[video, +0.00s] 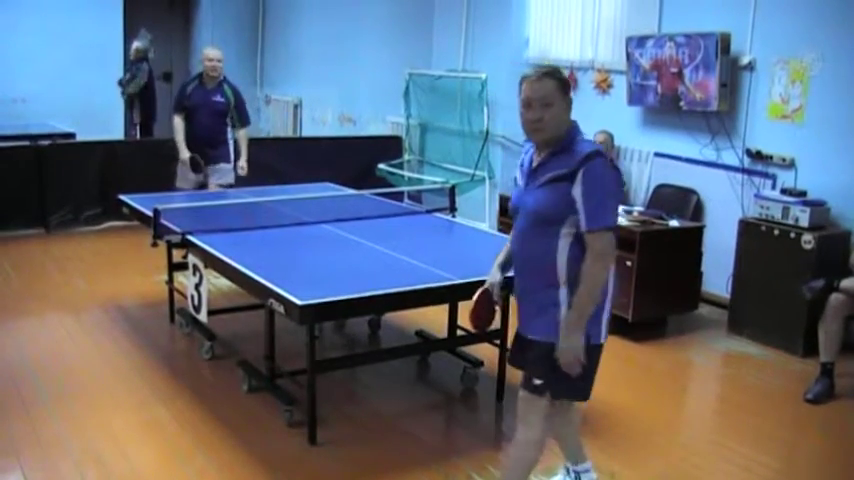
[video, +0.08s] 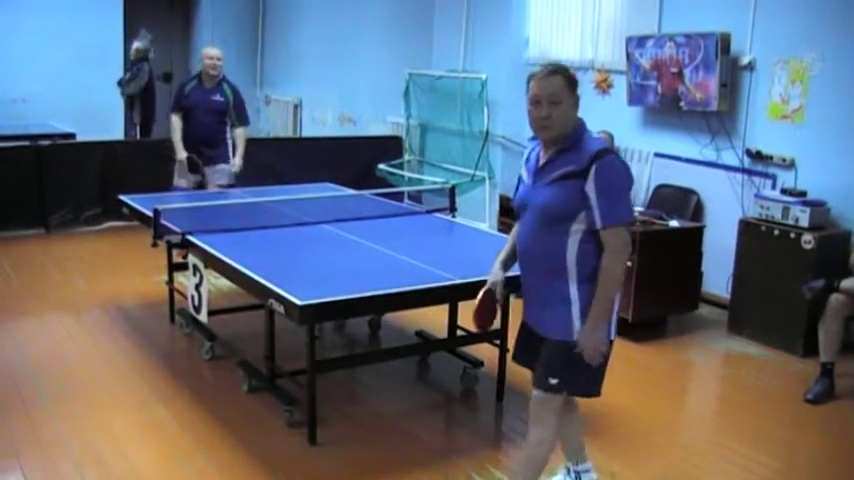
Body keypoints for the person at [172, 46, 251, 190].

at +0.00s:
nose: (214, 65)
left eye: (218, 61)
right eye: (209, 60)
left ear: (223, 64)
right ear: (202, 63)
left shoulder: (231, 91)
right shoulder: (188, 88)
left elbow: (240, 127)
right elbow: (178, 117)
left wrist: (243, 158)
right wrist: (183, 150)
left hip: (220, 157)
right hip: (191, 156)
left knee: (218, 205)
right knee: (183, 204)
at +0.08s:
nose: (214, 63)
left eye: (218, 59)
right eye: (210, 59)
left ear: (222, 63)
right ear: (202, 61)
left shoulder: (230, 91)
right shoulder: (186, 87)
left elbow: (239, 126)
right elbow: (176, 116)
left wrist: (238, 157)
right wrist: (179, 151)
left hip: (219, 160)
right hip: (188, 159)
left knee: (218, 208)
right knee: (180, 208)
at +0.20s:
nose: (213, 62)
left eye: (217, 59)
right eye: (209, 58)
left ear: (221, 63)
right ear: (201, 61)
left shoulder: (229, 92)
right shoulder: (183, 88)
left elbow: (237, 125)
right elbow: (173, 117)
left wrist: (232, 155)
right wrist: (173, 152)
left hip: (217, 159)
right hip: (186, 157)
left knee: (219, 208)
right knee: (177, 207)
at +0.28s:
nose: (211, 63)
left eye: (215, 60)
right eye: (207, 59)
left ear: (220, 64)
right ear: (199, 62)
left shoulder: (227, 92)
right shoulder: (182, 88)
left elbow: (235, 126)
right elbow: (170, 120)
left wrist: (230, 154)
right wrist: (168, 155)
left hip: (215, 160)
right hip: (185, 158)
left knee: (218, 208)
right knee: (179, 206)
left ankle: (218, 252)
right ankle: (175, 249)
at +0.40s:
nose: (204, 66)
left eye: (208, 62)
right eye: (199, 62)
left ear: (213, 66)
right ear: (190, 65)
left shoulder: (221, 95)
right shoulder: (175, 92)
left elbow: (231, 129)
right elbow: (164, 124)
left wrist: (228, 159)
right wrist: (160, 159)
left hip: (212, 163)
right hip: (180, 162)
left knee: (215, 211)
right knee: (176, 210)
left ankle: (216, 256)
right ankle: (171, 253)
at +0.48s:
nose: (197, 67)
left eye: (201, 62)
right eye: (193, 62)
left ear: (208, 66)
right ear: (183, 66)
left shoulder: (216, 95)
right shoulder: (169, 95)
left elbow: (227, 131)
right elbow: (159, 127)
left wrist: (228, 163)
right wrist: (156, 163)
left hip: (209, 165)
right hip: (177, 165)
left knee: (211, 215)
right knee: (174, 215)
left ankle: (210, 260)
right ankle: (169, 259)